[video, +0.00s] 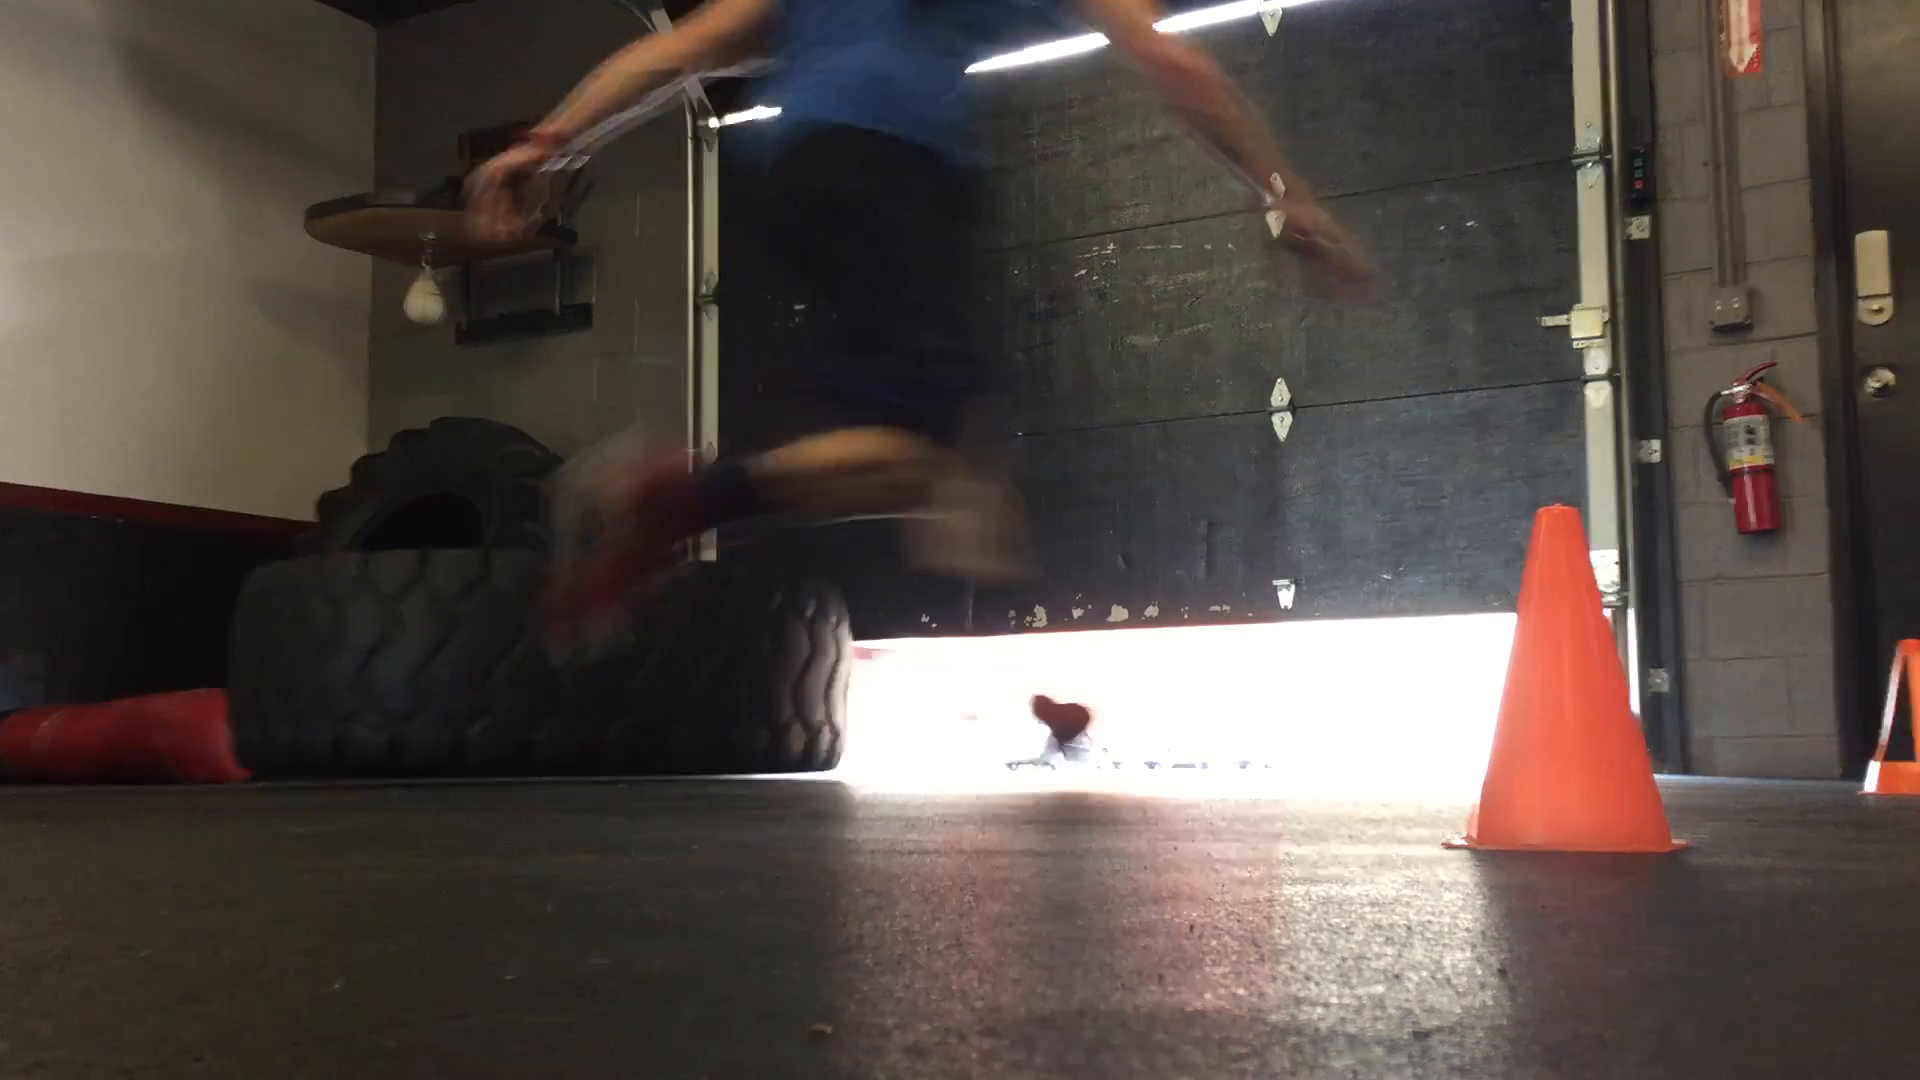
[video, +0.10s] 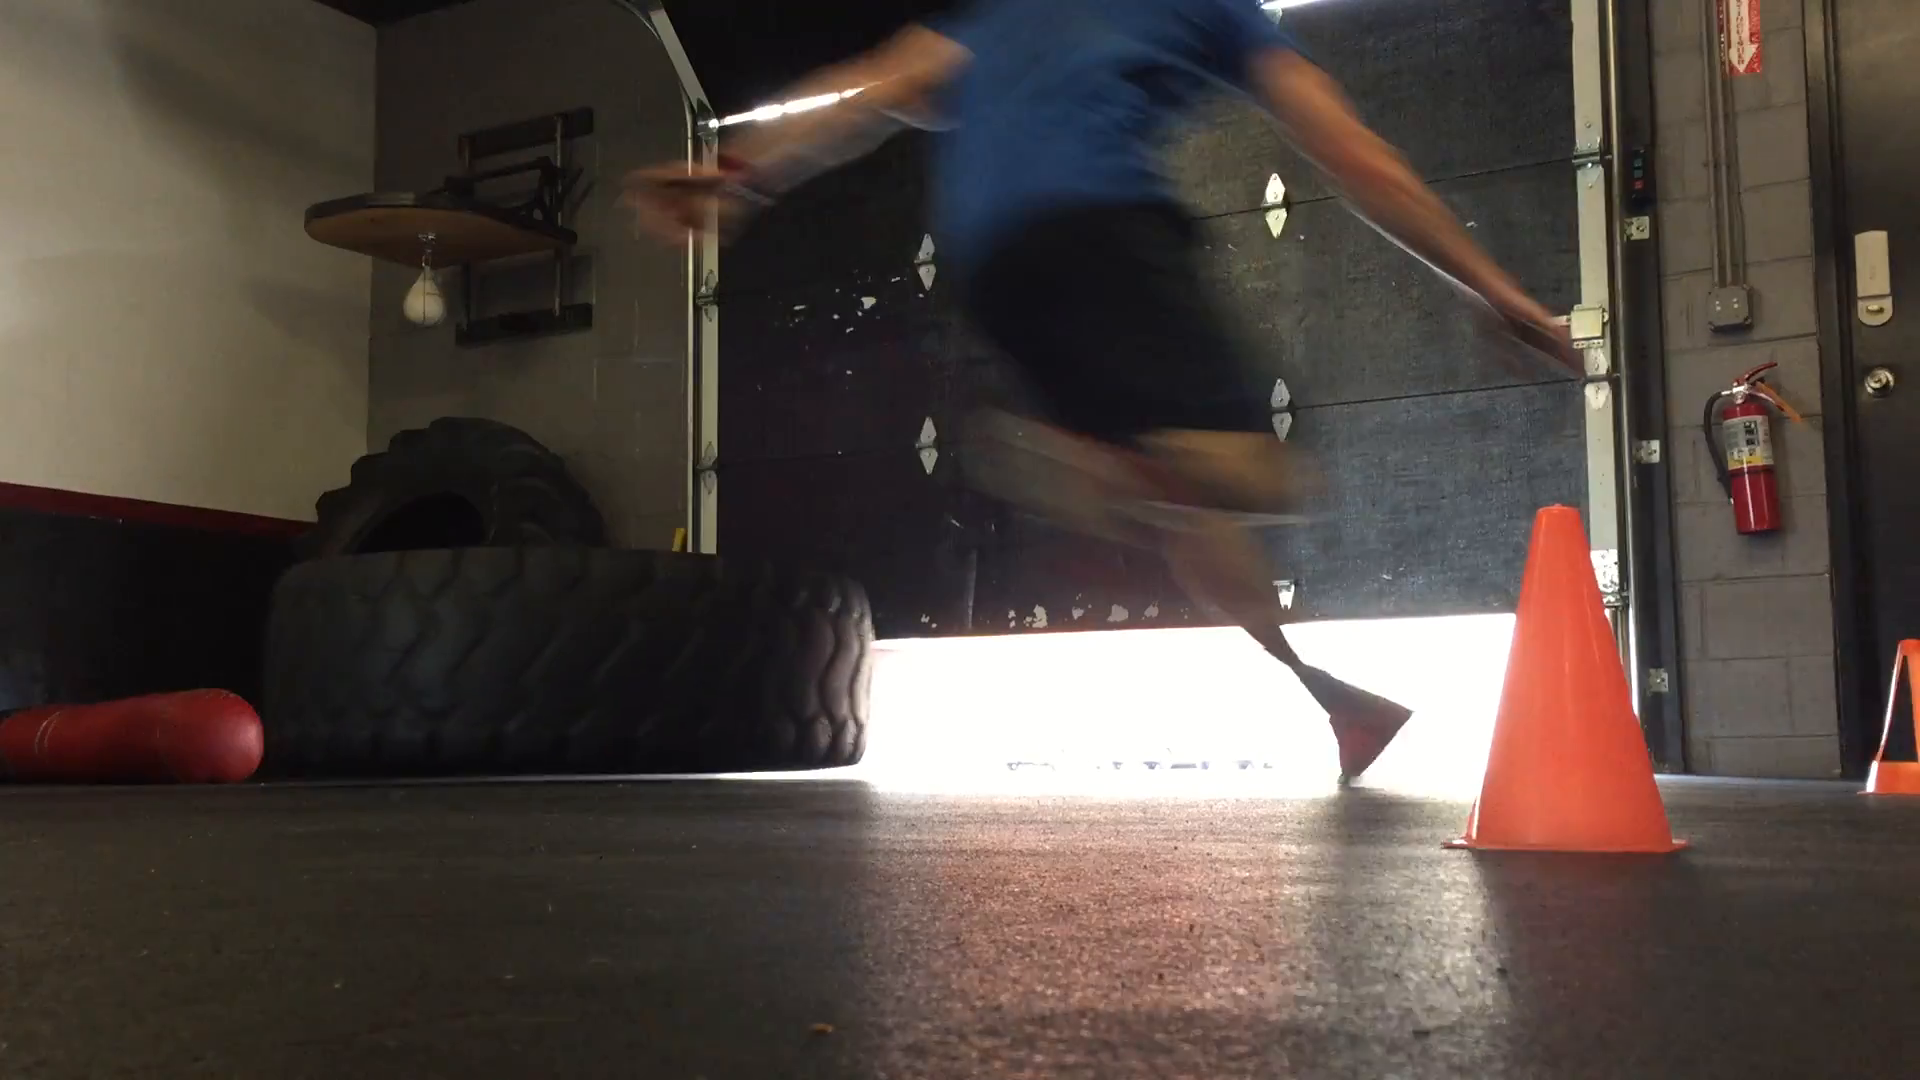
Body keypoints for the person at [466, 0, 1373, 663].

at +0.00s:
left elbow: (678, 43)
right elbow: (1170, 61)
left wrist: (543, 142)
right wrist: (1281, 185)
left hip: (775, 167)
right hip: (895, 161)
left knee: (941, 452)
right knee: (912, 448)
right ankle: (702, 493)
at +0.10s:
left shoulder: (995, 19)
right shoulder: (1215, 16)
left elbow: (868, 86)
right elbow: (1356, 160)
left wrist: (734, 158)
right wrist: (1489, 284)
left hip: (981, 249)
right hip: (1096, 216)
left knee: (1183, 505)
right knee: (1275, 469)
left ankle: (1330, 700)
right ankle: (1061, 462)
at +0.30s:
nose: (1570, 180)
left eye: (1566, 165)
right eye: (1563, 164)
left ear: (1465, 144)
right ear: (1526, 146)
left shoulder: (1349, 197)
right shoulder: (1552, 208)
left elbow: (1203, 267)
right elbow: (1680, 392)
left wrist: (1110, 403)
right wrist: (1795, 526)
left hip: (1322, 426)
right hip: (1467, 389)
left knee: (1385, 492)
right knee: (1722, 499)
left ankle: (1427, 700)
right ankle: (1880, 650)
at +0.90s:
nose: (1216, 14)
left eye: (1211, 12)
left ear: (1218, 9)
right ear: (1287, 4)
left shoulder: (1183, 53)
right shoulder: (1357, 35)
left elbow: (1126, 135)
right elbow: (1424, 111)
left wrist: (1170, 261)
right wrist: (1464, 236)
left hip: (1245, 249)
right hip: (1351, 246)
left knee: (1298, 444)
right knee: (1328, 464)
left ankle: (1392, 616)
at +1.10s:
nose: (1115, 69)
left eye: (1118, 56)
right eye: (1118, 56)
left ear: (1139, 49)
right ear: (1190, 52)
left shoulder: (1114, 114)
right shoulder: (1260, 128)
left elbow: (1109, 225)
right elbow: (1312, 266)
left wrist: (1086, 314)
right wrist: (1330, 389)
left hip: (1163, 356)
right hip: (1255, 355)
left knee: (1135, 544)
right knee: (1231, 547)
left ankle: (1235, 596)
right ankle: (1248, 730)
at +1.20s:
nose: (1061, 66)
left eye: (1064, 48)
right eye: (1060, 49)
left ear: (1097, 40)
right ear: (1131, 41)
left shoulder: (1085, 100)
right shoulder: (1209, 121)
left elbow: (1085, 211)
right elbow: (1246, 261)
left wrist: (1034, 313)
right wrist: (1209, 330)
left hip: (1119, 354)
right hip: (1212, 353)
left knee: (1076, 513)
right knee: (1204, 528)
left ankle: (1146, 696)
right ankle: (1245, 709)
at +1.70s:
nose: (882, 134)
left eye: (891, 118)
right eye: (880, 120)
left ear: (933, 111)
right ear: (935, 116)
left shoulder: (953, 180)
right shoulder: (977, 181)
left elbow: (962, 294)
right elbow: (966, 303)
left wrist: (889, 329)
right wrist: (904, 355)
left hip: (962, 402)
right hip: (960, 399)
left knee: (944, 555)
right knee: (922, 556)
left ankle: (1040, 715)